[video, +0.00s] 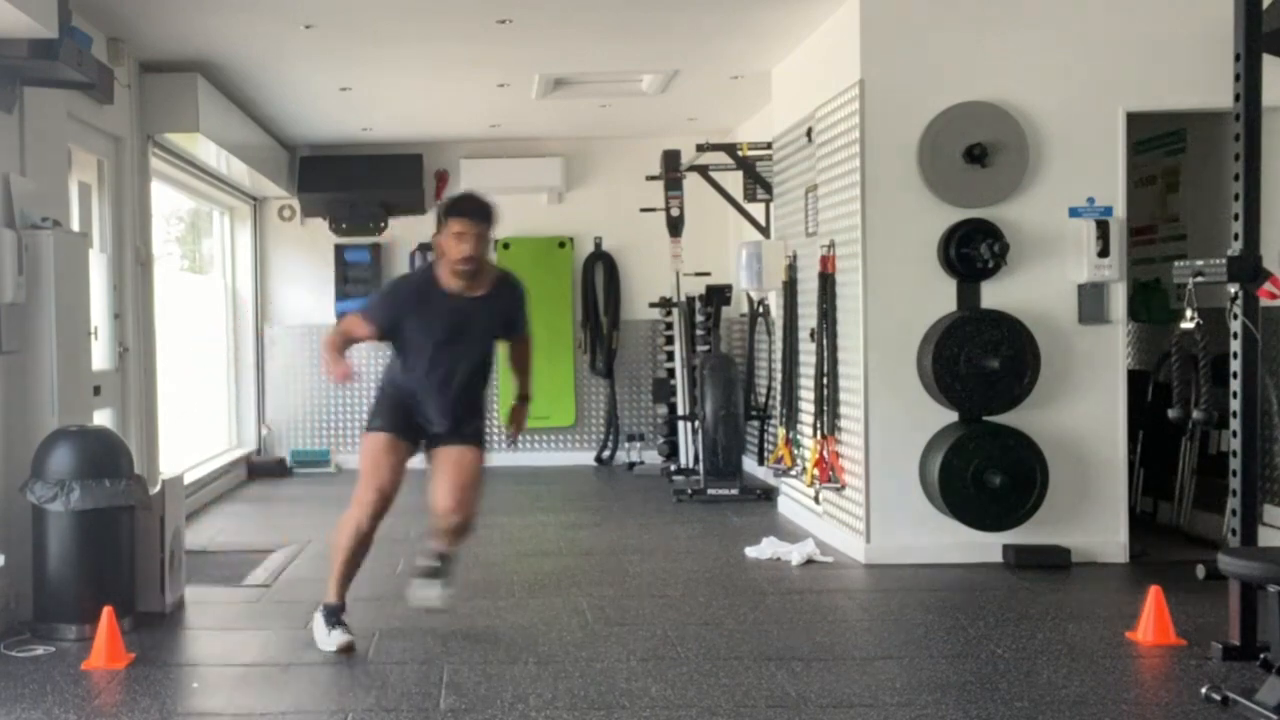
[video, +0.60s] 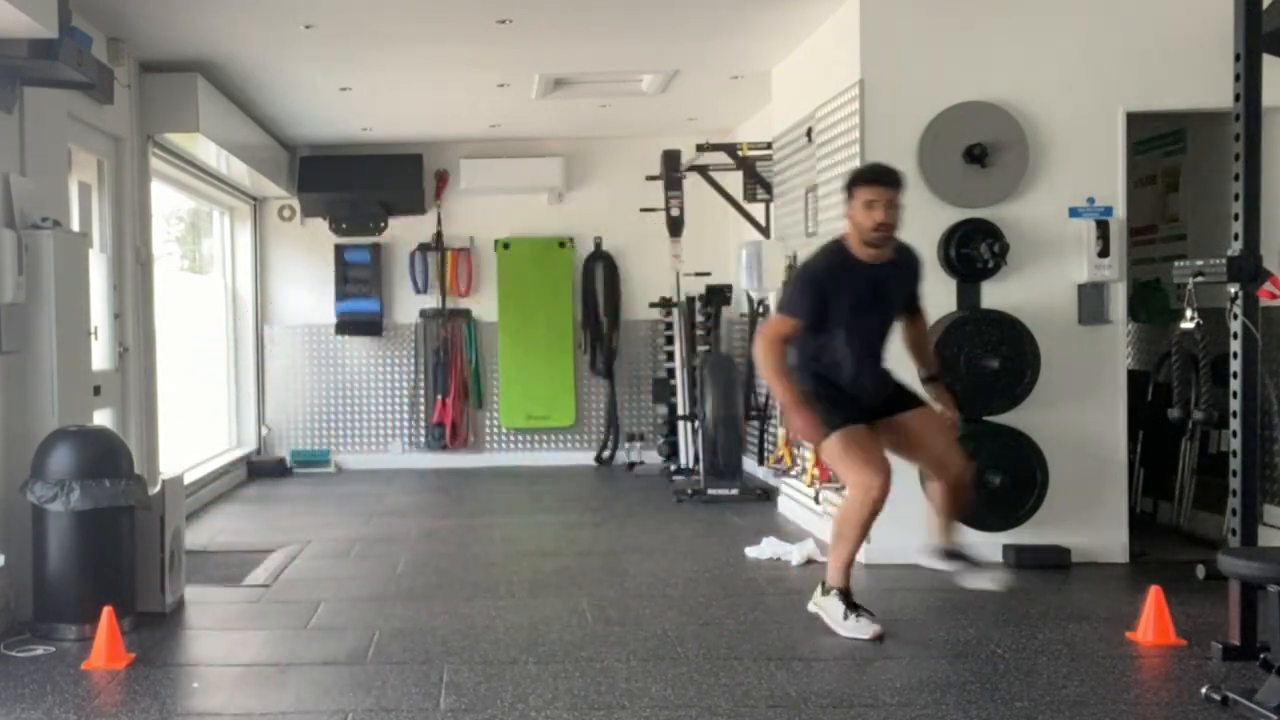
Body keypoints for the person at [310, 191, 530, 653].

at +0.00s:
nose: (468, 249)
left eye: (478, 238)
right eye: (458, 237)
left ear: (489, 242)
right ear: (438, 240)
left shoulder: (505, 293)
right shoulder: (409, 292)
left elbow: (519, 344)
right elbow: (343, 332)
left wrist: (522, 398)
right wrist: (334, 355)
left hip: (462, 410)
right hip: (402, 401)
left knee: (455, 512)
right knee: (371, 503)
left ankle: (437, 560)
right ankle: (331, 609)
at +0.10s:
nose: (553, 235)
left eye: (560, 224)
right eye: (542, 224)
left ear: (569, 228)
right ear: (520, 227)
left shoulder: (575, 279)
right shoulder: (487, 276)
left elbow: (593, 331)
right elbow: (416, 328)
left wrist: (598, 383)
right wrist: (416, 385)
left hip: (519, 390)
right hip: (458, 387)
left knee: (552, 493)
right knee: (417, 492)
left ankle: (547, 579)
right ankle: (343, 600)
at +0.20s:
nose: (640, 227)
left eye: (643, 217)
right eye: (632, 217)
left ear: (638, 217)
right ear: (600, 218)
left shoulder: (644, 270)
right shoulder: (555, 266)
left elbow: (680, 313)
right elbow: (481, 313)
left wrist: (707, 356)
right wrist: (464, 392)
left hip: (592, 392)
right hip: (535, 385)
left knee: (598, 506)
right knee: (526, 487)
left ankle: (554, 594)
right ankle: (436, 570)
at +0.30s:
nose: (707, 213)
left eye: (708, 203)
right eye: (699, 204)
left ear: (698, 204)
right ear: (667, 204)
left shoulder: (711, 253)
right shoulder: (617, 255)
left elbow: (755, 295)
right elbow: (545, 303)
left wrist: (775, 329)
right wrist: (531, 373)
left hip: (657, 377)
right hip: (609, 372)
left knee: (638, 492)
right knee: (649, 460)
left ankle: (564, 585)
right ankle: (621, 577)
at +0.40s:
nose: (765, 206)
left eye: (769, 196)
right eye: (755, 196)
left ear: (770, 197)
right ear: (722, 198)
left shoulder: (778, 244)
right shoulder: (687, 255)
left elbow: (808, 300)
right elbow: (619, 311)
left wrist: (821, 345)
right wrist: (608, 387)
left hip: (741, 379)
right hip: (692, 375)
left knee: (720, 491)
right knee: (743, 466)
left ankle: (626, 558)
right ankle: (787, 581)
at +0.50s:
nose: (820, 211)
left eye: (825, 201)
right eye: (808, 201)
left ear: (833, 204)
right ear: (782, 205)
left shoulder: (843, 261)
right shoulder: (758, 268)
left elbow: (859, 316)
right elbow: (697, 336)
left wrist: (878, 368)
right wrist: (693, 414)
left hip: (817, 388)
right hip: (763, 390)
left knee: (856, 494)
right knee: (829, 484)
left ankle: (766, 533)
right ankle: (830, 601)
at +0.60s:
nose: (884, 216)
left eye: (891, 206)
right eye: (871, 206)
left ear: (898, 209)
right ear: (848, 211)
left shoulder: (904, 262)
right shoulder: (821, 270)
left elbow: (913, 321)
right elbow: (767, 342)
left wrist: (933, 380)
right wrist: (793, 408)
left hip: (872, 383)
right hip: (818, 389)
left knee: (949, 458)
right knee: (869, 479)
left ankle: (942, 548)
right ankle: (832, 593)